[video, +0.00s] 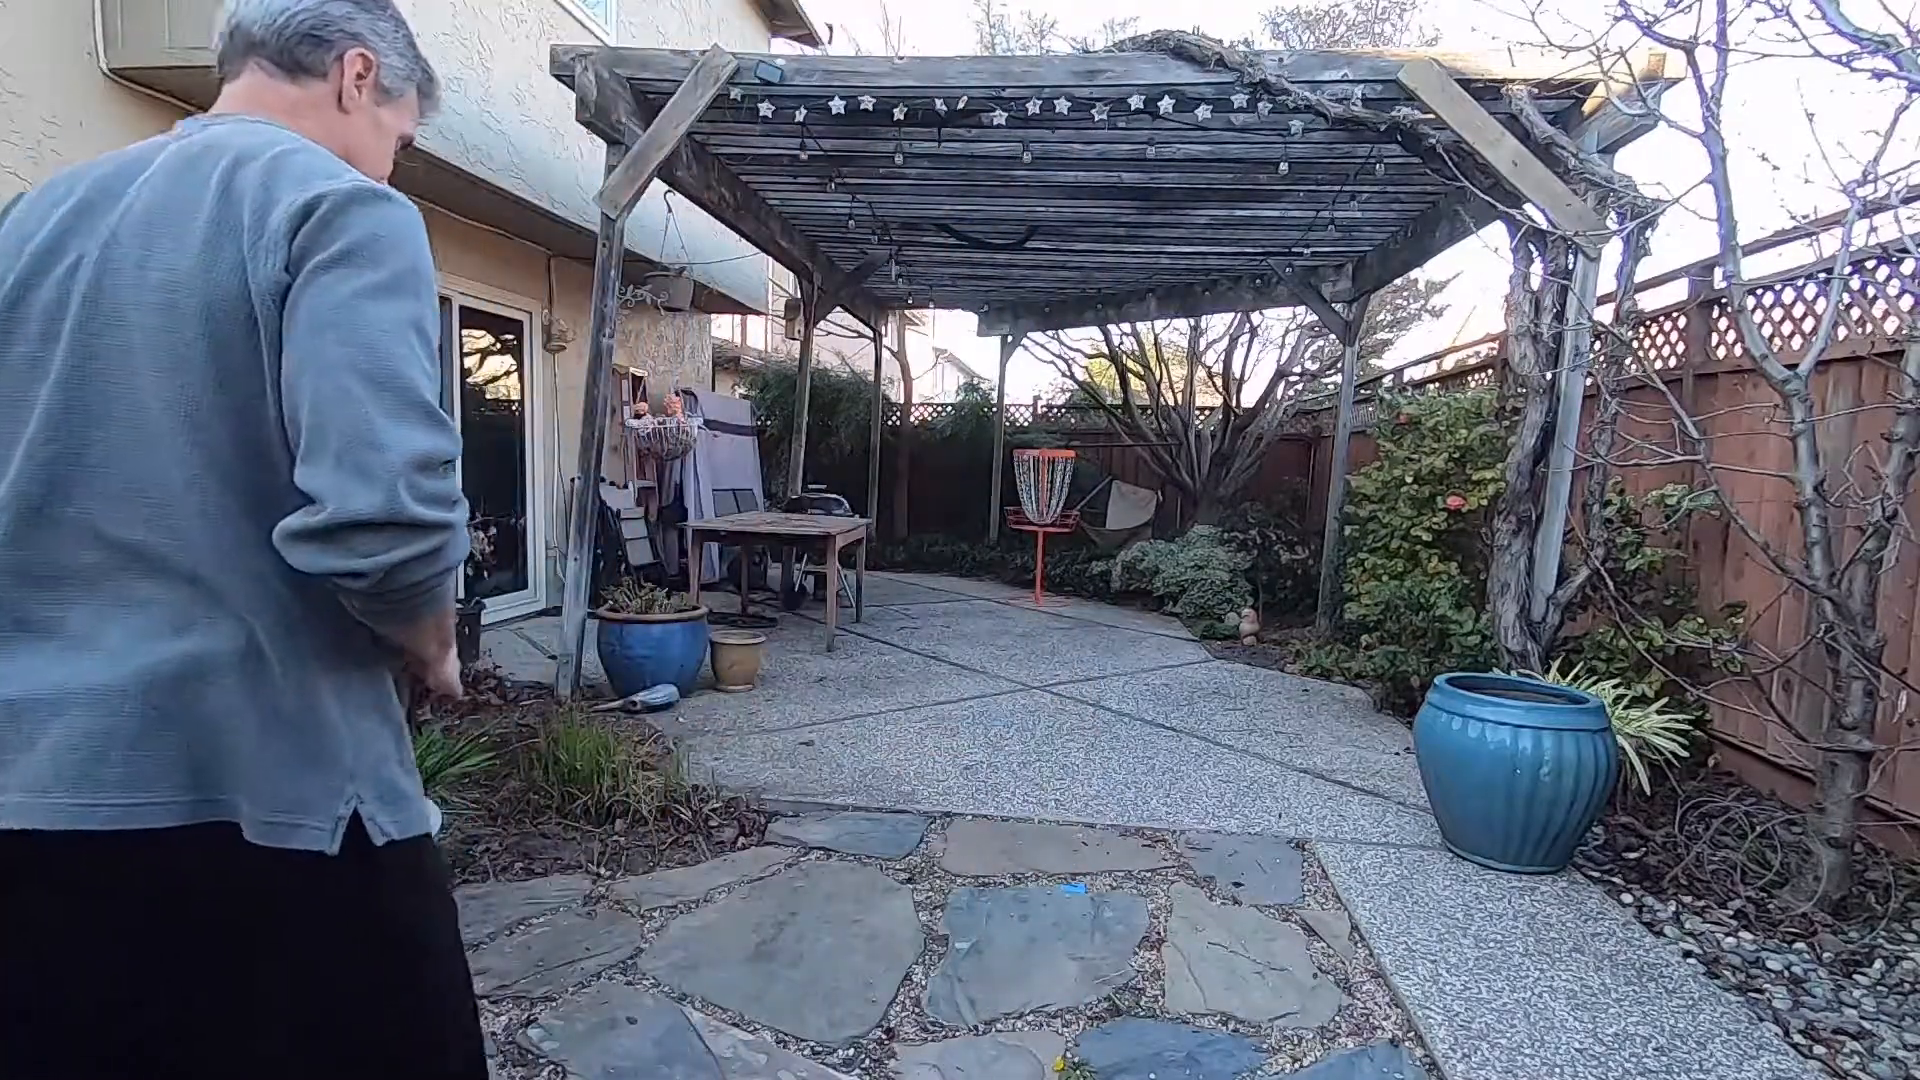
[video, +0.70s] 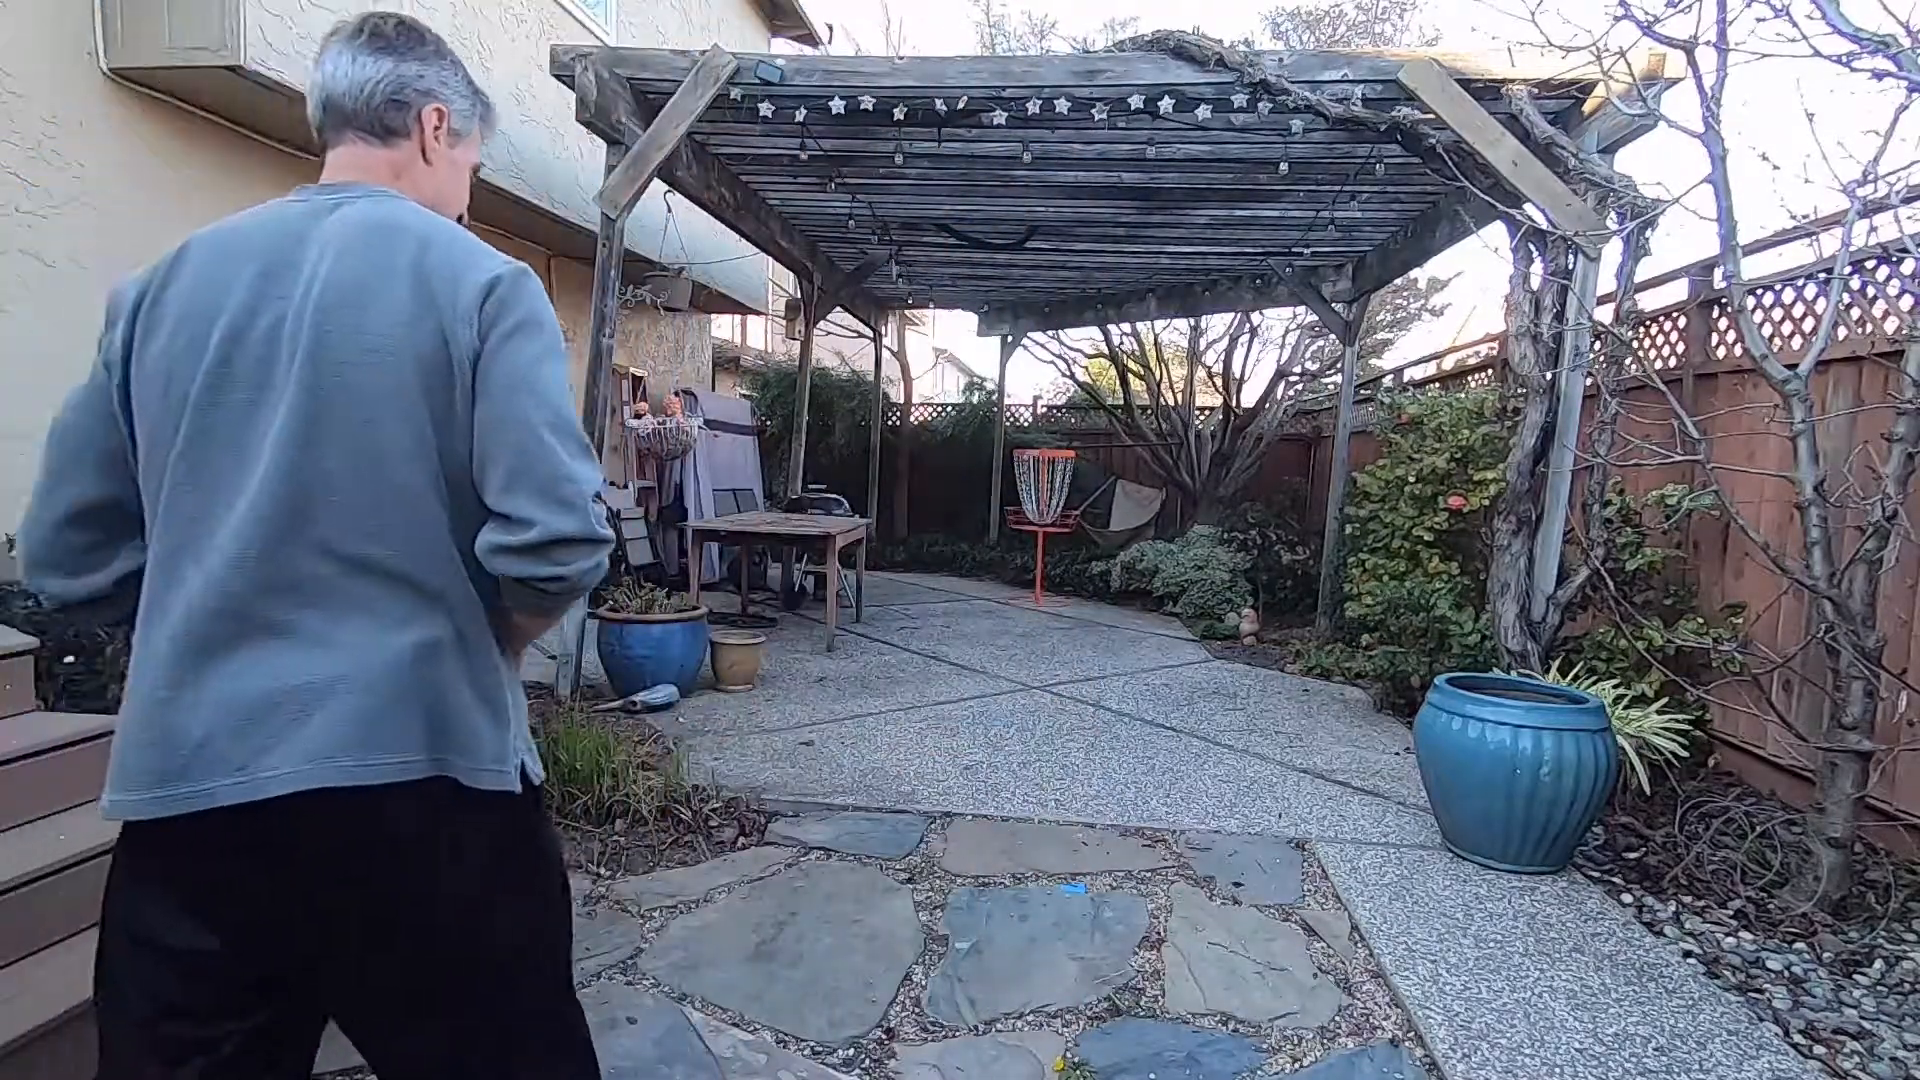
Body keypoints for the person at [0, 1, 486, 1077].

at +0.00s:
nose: (389, 178)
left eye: (404, 154)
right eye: (399, 140)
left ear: (238, 75)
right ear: (354, 76)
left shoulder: (35, 212)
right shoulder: (333, 204)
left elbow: (28, 482)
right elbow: (384, 514)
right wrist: (429, 647)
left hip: (25, 805)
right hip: (279, 812)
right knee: (402, 1057)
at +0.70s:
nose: (471, 194)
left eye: (476, 168)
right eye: (473, 161)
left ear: (326, 131)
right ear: (432, 129)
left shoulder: (158, 287)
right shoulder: (476, 279)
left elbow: (65, 557)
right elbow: (554, 541)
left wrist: (221, 605)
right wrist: (483, 658)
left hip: (185, 805)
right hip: (430, 804)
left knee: (175, 1066)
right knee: (515, 1065)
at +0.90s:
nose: (592, 198)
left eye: (596, 176)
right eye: (594, 170)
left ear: (472, 144)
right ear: (562, 143)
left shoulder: (320, 273)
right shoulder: (610, 290)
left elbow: (224, 519)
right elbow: (677, 530)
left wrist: (361, 549)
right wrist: (586, 573)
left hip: (340, 735)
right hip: (537, 734)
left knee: (285, 1037)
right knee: (596, 1022)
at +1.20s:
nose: (670, 217)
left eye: (674, 197)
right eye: (672, 193)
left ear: (562, 166)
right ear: (647, 169)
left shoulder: (422, 272)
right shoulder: (684, 303)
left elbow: (338, 496)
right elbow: (763, 521)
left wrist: (445, 538)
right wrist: (679, 586)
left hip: (425, 687)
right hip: (593, 690)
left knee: (457, 988)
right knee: (604, 986)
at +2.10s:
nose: (721, 245)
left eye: (721, 230)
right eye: (720, 229)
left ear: (616, 229)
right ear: (697, 221)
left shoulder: (540, 325)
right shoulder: (754, 337)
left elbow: (464, 501)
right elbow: (815, 508)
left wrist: (547, 532)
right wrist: (728, 532)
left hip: (570, 673)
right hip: (713, 674)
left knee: (555, 914)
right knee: (748, 890)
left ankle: (541, 1070)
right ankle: (777, 1059)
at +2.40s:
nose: (794, 271)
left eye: (789, 259)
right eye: (795, 259)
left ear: (700, 248)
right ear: (781, 252)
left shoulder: (636, 318)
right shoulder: (826, 352)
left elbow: (564, 476)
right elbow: (879, 515)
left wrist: (612, 531)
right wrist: (792, 526)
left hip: (642, 635)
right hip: (773, 640)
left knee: (600, 871)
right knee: (778, 863)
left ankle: (551, 1065)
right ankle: (776, 1054)